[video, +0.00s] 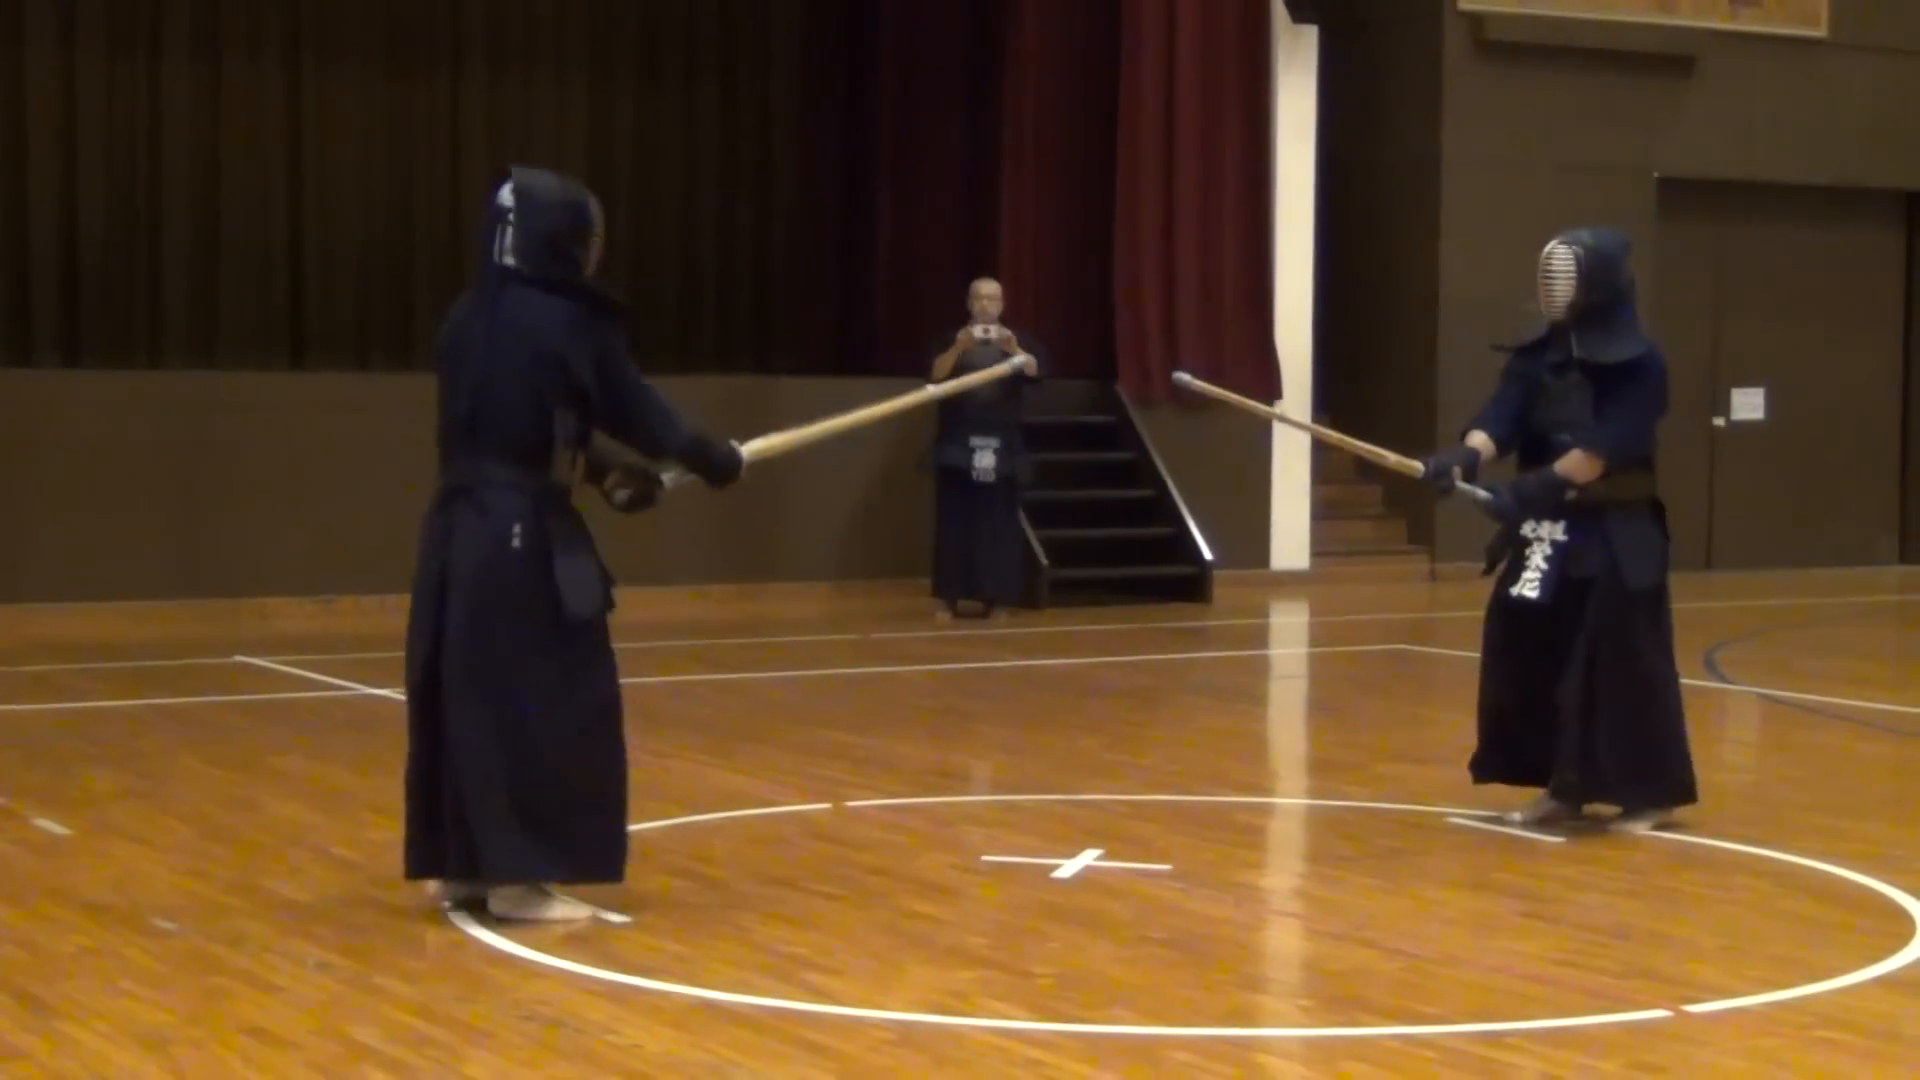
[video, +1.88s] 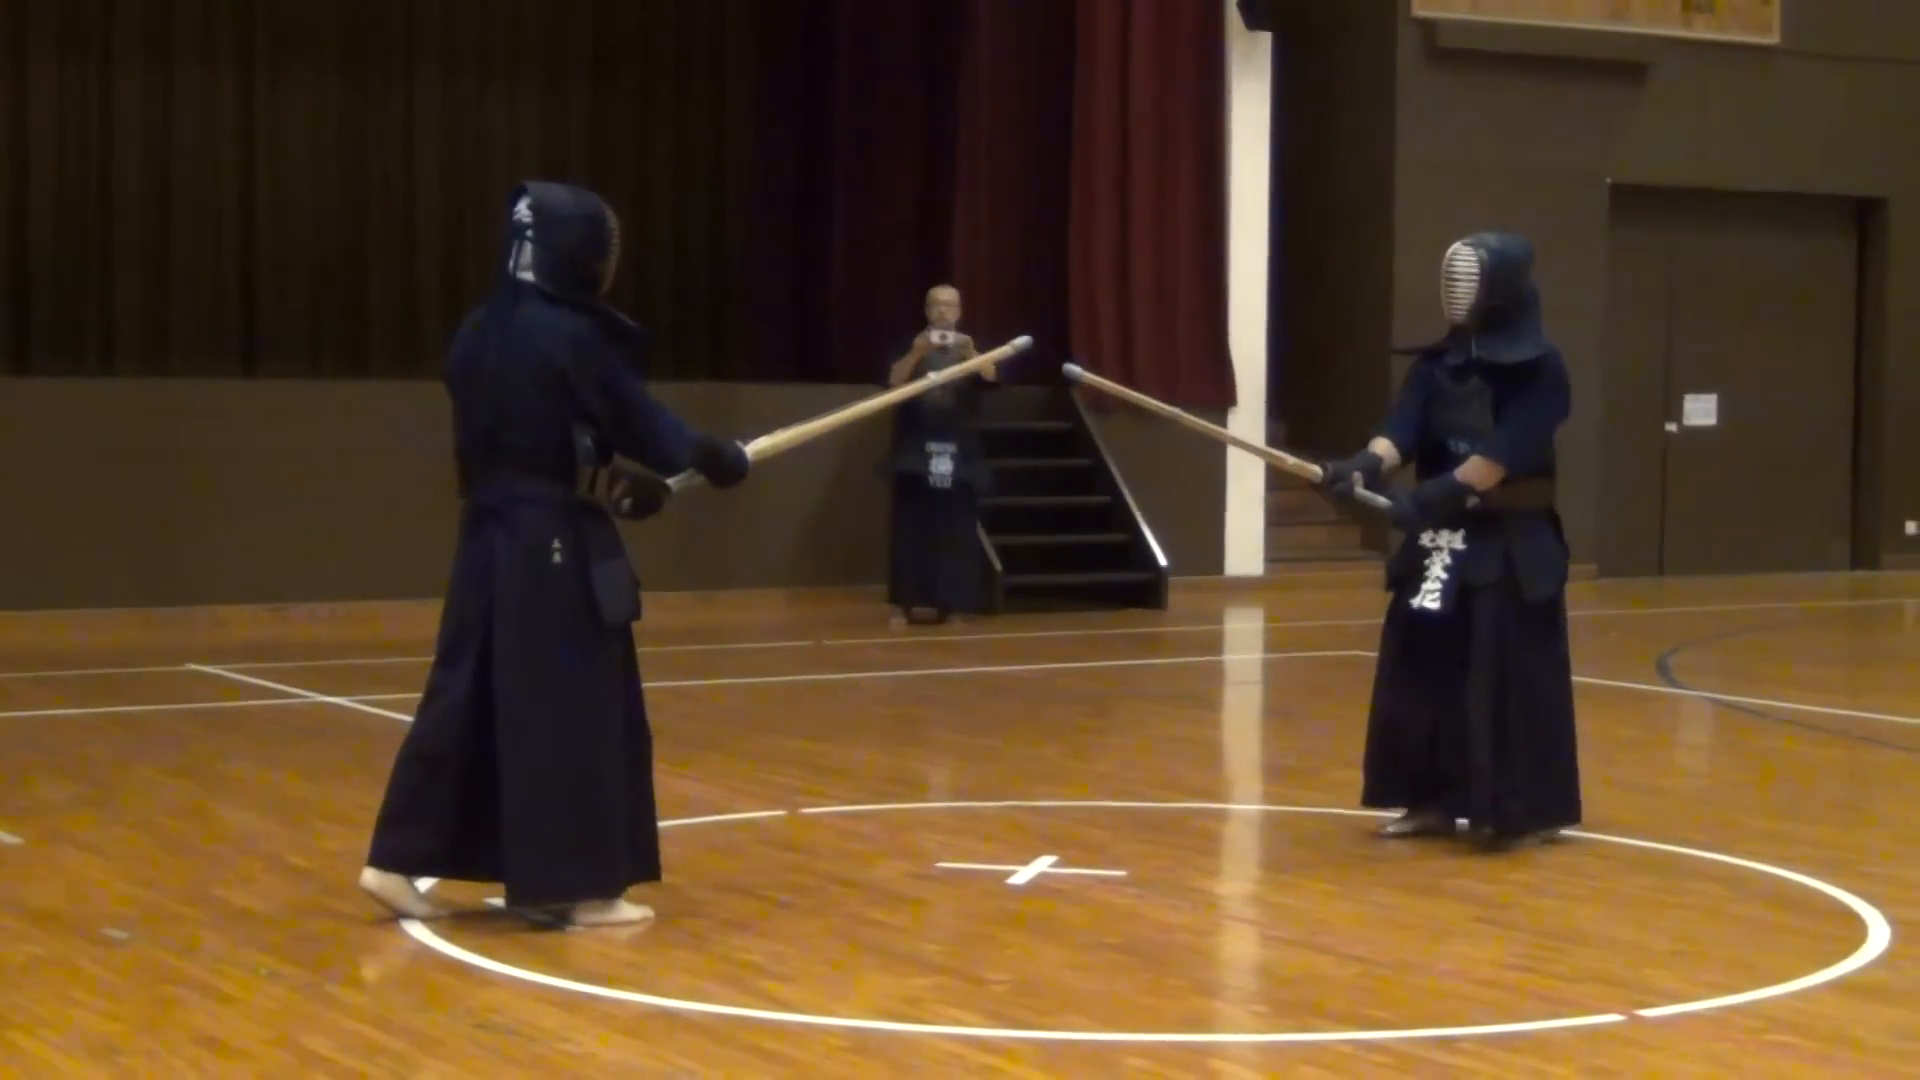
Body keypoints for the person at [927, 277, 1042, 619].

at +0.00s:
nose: (986, 305)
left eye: (992, 299)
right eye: (979, 299)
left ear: (1002, 303)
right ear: (969, 303)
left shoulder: (1015, 342)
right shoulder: (954, 340)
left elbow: (1035, 371)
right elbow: (936, 376)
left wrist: (1012, 348)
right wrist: (959, 347)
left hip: (1001, 440)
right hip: (958, 439)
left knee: (998, 517)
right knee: (954, 516)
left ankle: (997, 599)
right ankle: (947, 596)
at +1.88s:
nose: (944, 312)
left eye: (950, 306)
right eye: (937, 306)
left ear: (960, 311)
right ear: (927, 310)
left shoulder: (969, 350)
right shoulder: (911, 347)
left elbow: (992, 377)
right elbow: (894, 382)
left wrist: (968, 349)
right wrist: (918, 352)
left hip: (957, 444)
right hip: (916, 443)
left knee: (954, 520)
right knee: (912, 520)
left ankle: (951, 602)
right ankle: (907, 601)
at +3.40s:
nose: (885, 314)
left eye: (892, 308)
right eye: (879, 308)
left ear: (902, 313)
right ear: (869, 312)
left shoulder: (913, 349)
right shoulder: (854, 348)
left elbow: (938, 378)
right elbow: (836, 383)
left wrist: (911, 355)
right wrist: (860, 354)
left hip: (897, 445)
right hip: (856, 444)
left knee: (893, 522)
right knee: (853, 521)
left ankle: (889, 604)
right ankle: (847, 603)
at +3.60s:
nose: (883, 314)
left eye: (890, 308)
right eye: (877, 308)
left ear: (900, 314)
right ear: (867, 312)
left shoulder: (909, 354)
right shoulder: (853, 350)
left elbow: (933, 379)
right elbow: (833, 382)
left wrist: (908, 350)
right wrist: (857, 355)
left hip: (895, 446)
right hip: (855, 444)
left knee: (890, 521)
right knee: (852, 520)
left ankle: (885, 601)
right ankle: (846, 601)